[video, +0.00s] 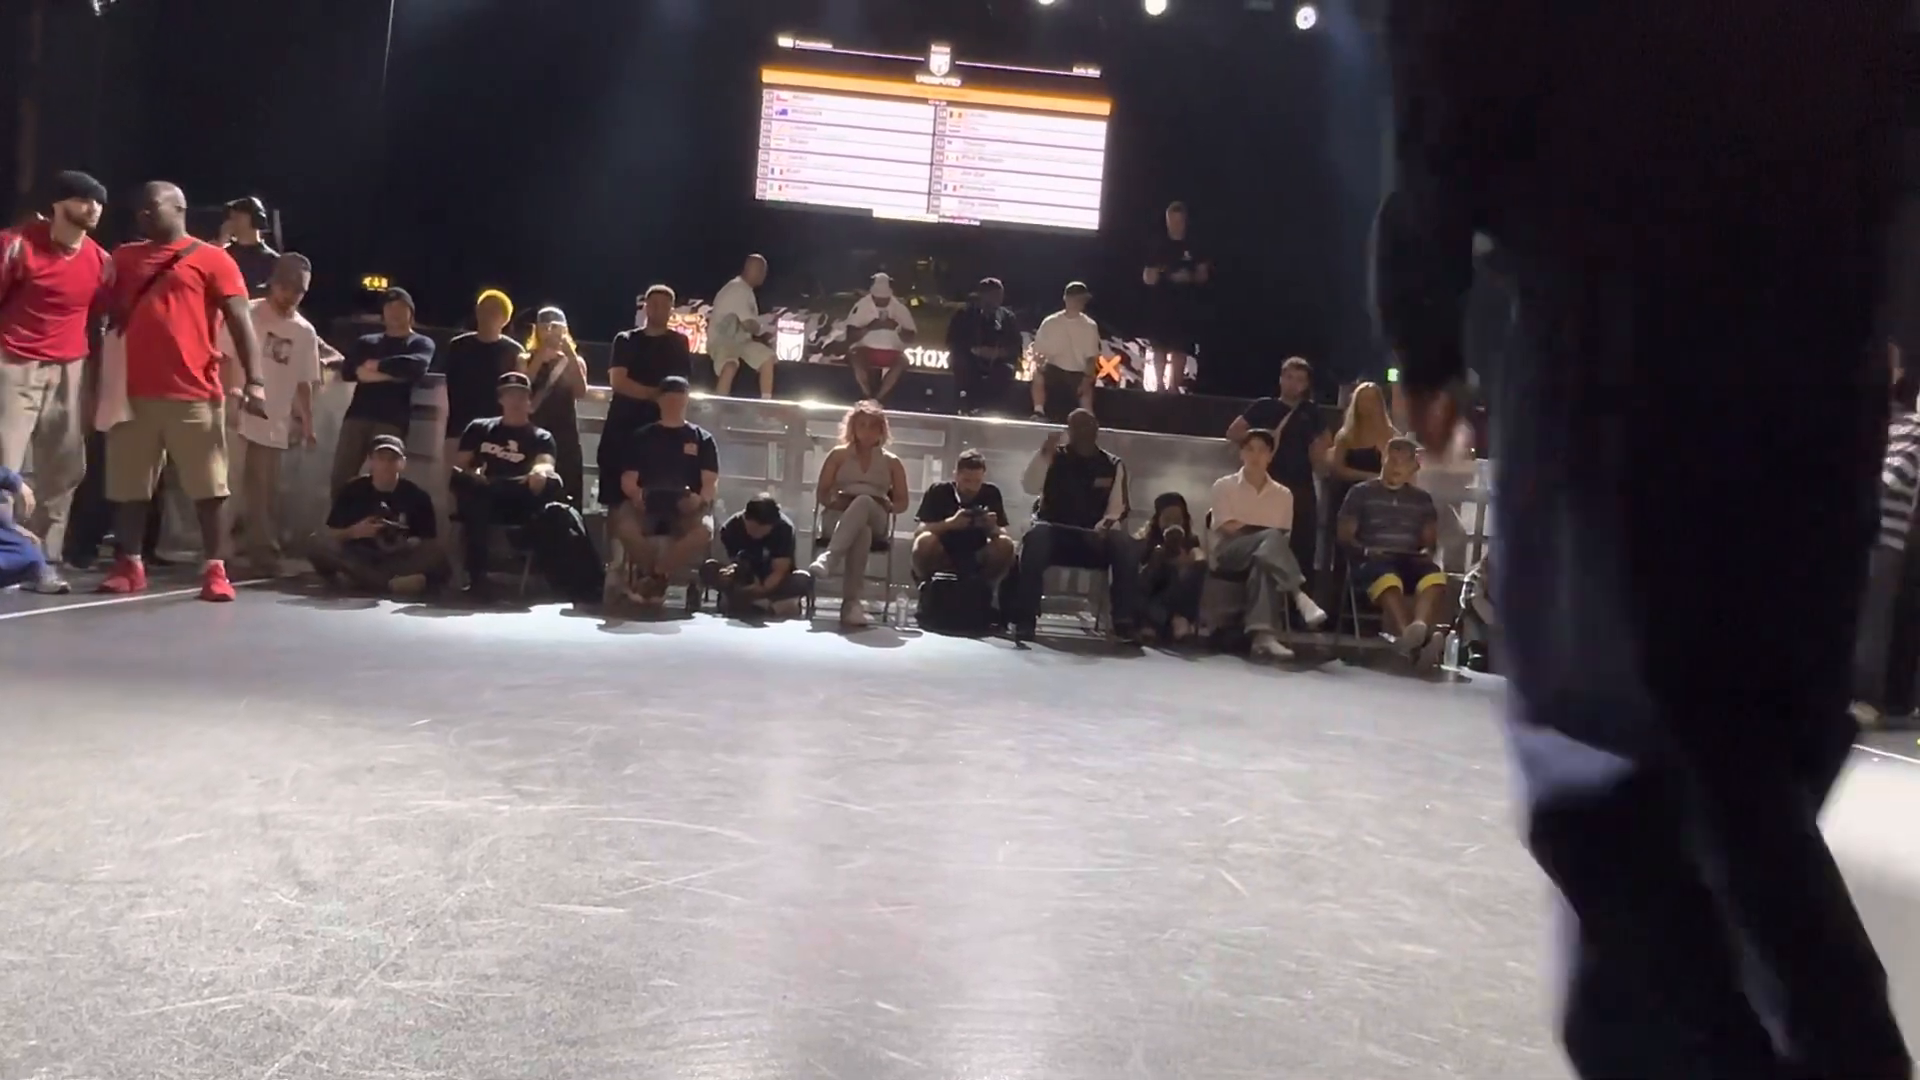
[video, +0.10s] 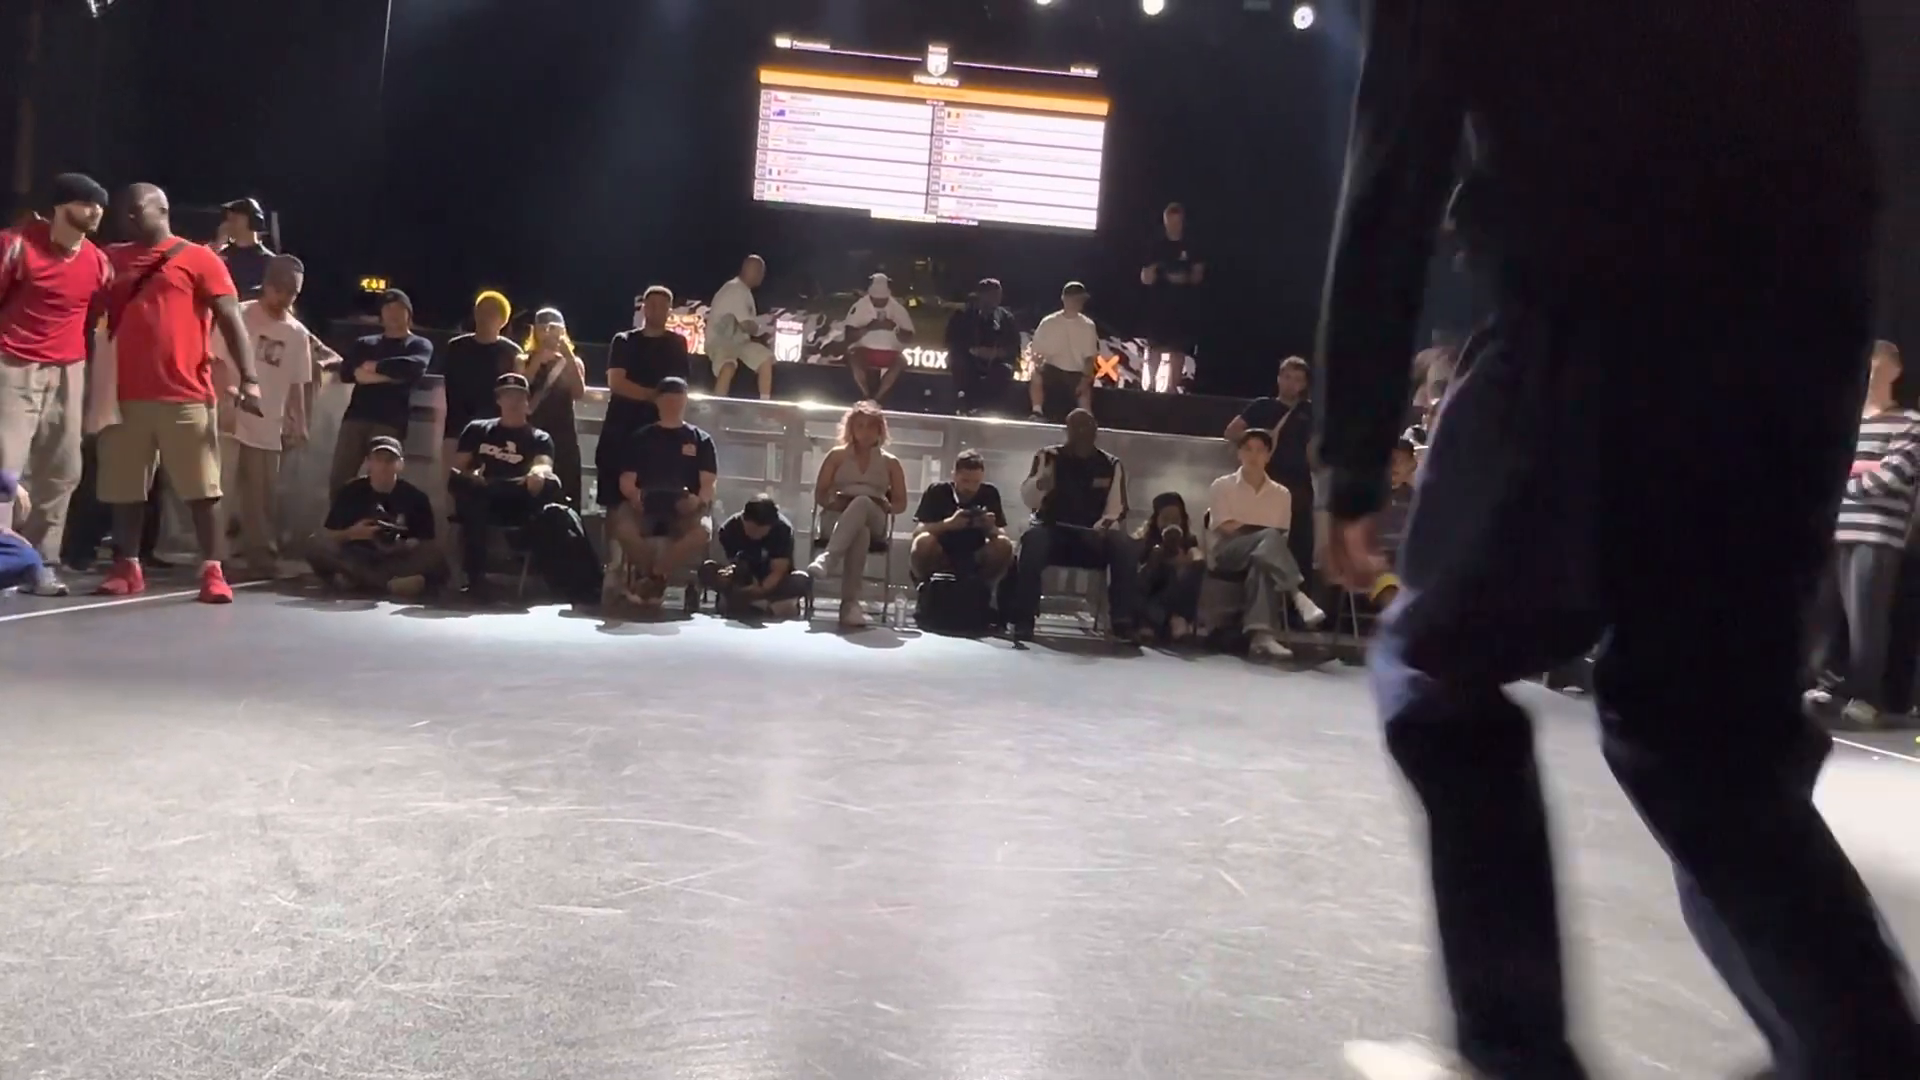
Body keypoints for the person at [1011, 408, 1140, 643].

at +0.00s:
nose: (1082, 433)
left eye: (1087, 426)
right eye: (1077, 427)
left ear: (1097, 430)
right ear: (1068, 430)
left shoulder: (1114, 465)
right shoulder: (1054, 457)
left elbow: (1117, 506)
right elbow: (1030, 486)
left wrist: (1106, 523)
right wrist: (1045, 453)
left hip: (1092, 537)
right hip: (1056, 535)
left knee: (1124, 542)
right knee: (1036, 537)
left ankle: (1124, 621)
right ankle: (1025, 621)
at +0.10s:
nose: (1081, 433)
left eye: (1087, 427)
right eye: (1075, 427)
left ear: (1095, 432)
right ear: (1066, 430)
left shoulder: (1112, 465)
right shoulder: (1047, 457)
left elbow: (1116, 508)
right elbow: (1029, 501)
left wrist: (1105, 524)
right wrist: (1041, 484)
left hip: (1090, 537)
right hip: (1053, 535)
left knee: (1123, 543)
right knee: (1033, 538)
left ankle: (1123, 621)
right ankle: (1023, 621)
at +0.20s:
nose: (1078, 437)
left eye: (1084, 431)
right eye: (1073, 431)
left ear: (1093, 433)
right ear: (1064, 432)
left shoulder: (1110, 466)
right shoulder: (1045, 460)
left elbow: (1115, 507)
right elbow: (1030, 500)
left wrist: (1107, 522)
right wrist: (1040, 516)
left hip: (1090, 537)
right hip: (1054, 534)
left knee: (1123, 544)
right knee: (1030, 539)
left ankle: (1122, 622)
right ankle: (1022, 622)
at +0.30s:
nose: (1075, 437)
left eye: (1082, 431)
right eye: (1070, 431)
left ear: (1091, 433)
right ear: (1063, 432)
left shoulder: (1109, 467)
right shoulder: (1044, 461)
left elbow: (1114, 509)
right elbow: (1030, 502)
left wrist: (1106, 523)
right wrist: (1043, 516)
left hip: (1090, 538)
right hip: (1054, 535)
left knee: (1122, 545)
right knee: (1028, 540)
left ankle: (1121, 624)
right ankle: (1022, 624)